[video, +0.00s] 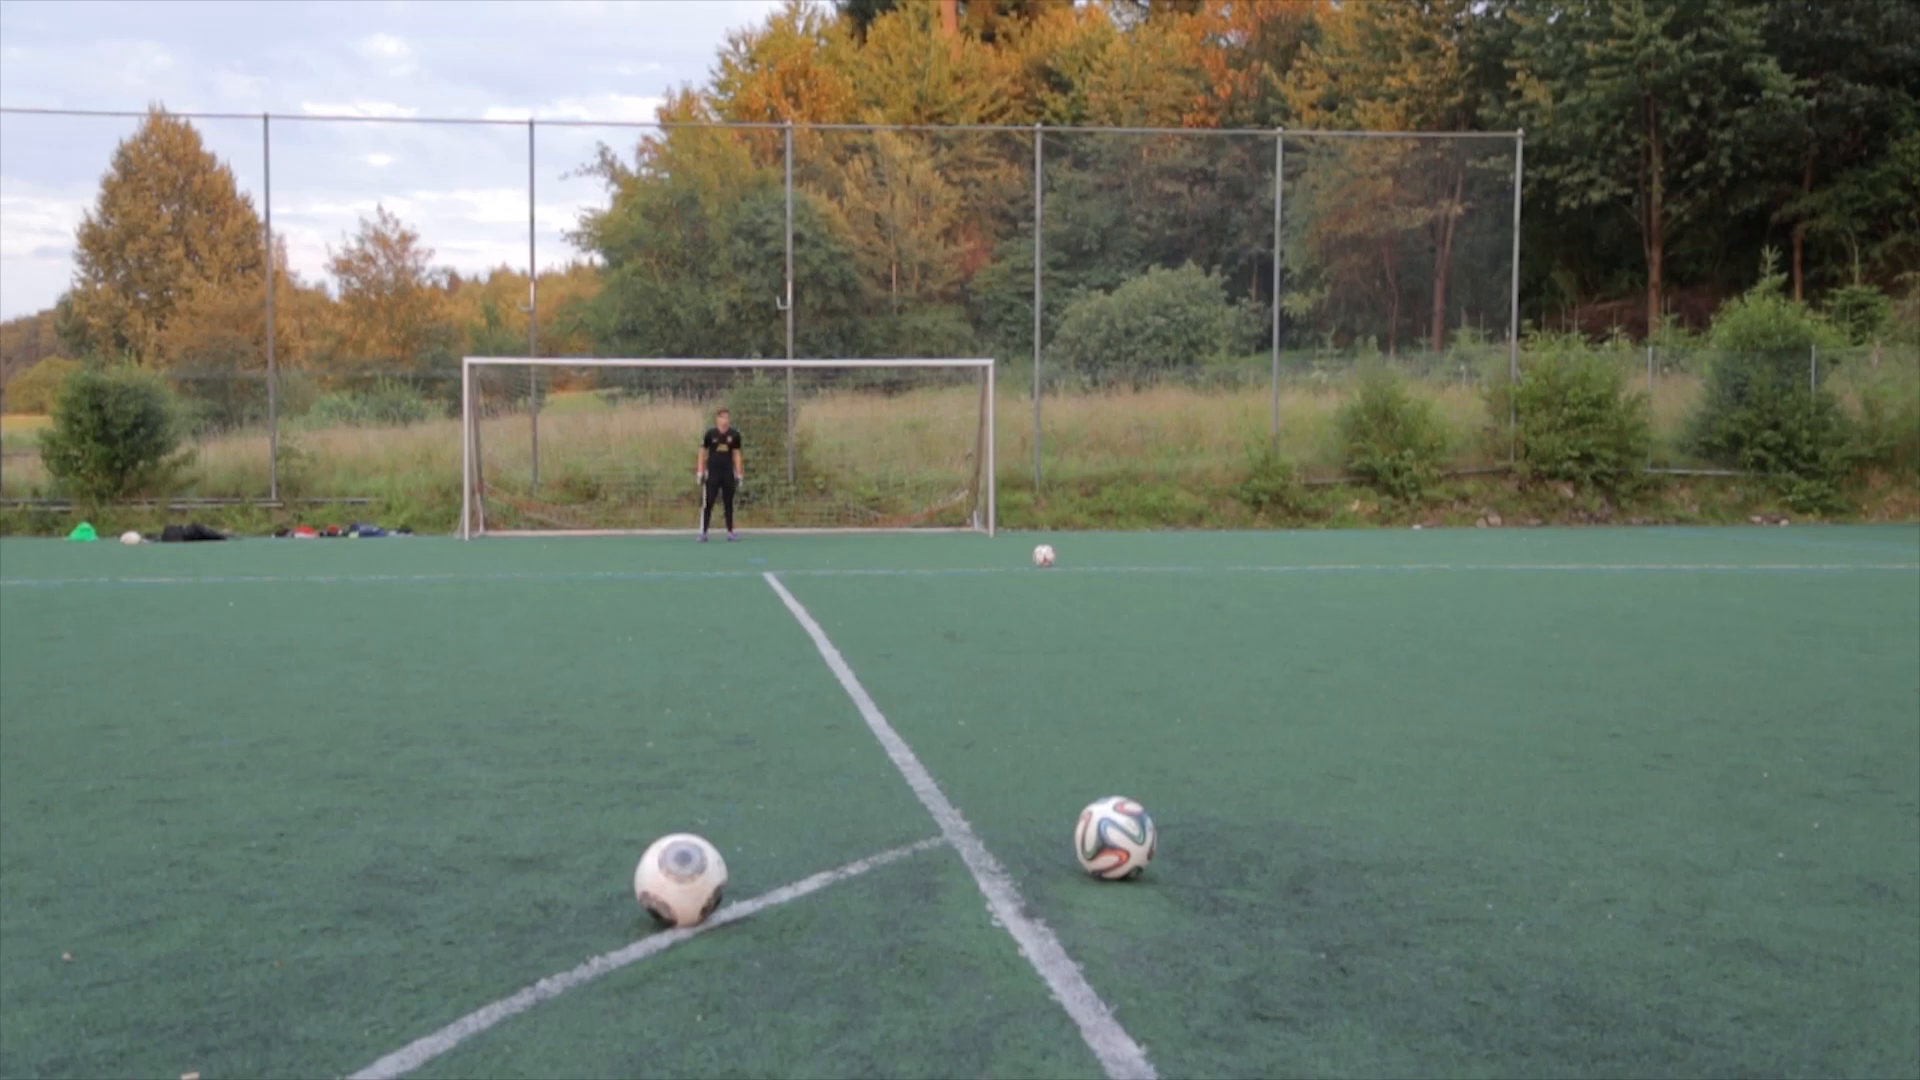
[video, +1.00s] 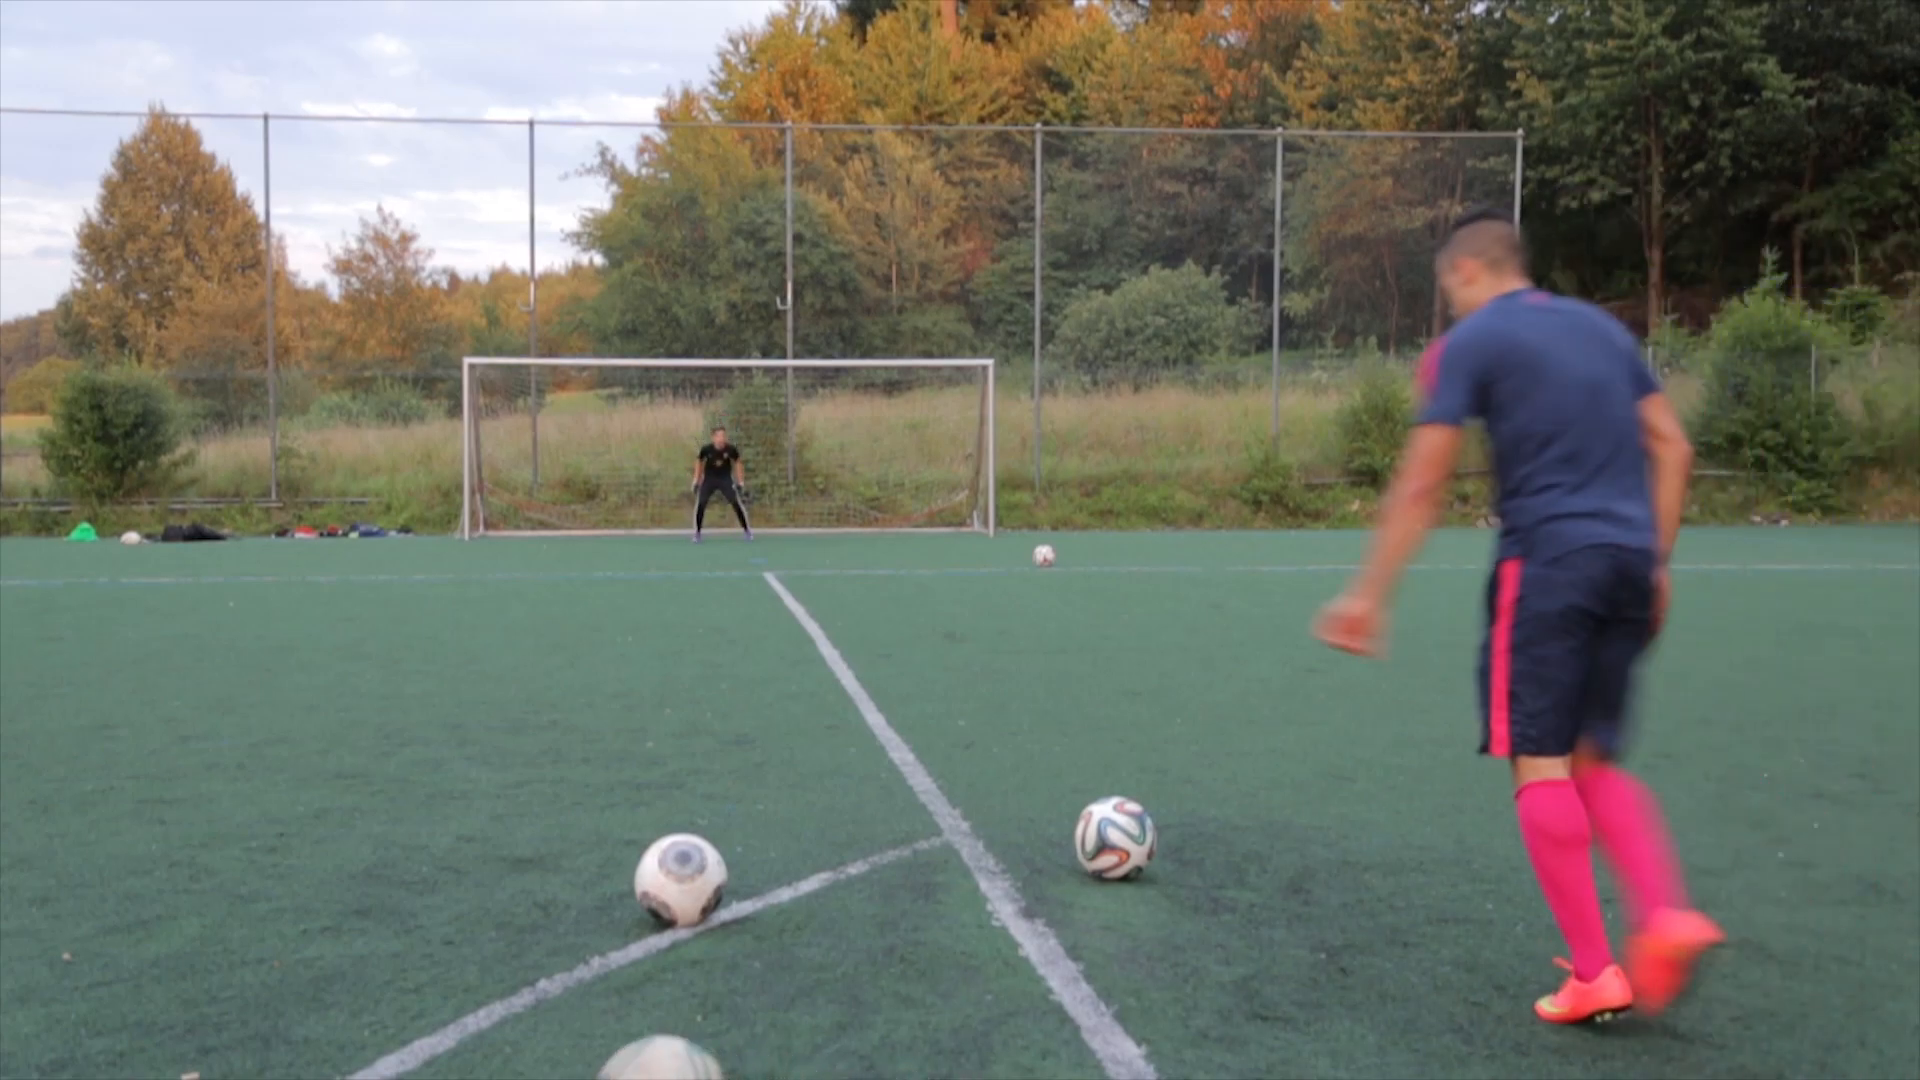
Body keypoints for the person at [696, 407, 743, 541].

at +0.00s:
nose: (724, 421)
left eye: (726, 418)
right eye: (722, 418)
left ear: (729, 420)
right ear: (717, 419)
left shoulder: (734, 435)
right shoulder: (710, 434)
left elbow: (737, 454)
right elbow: (703, 452)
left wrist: (739, 472)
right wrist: (700, 470)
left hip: (728, 474)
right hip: (712, 473)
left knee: (728, 503)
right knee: (708, 504)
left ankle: (730, 530)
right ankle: (704, 531)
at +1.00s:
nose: (720, 439)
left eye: (722, 436)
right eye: (717, 436)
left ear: (725, 438)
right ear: (713, 437)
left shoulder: (731, 450)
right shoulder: (706, 450)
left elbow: (738, 464)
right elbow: (699, 464)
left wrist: (740, 481)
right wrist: (696, 480)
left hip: (725, 481)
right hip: (709, 481)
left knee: (736, 504)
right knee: (701, 505)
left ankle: (746, 530)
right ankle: (698, 532)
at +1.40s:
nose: (743, 438)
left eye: (745, 435)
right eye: (741, 436)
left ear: (748, 435)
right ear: (736, 435)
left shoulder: (756, 445)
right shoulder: (731, 447)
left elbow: (761, 457)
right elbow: (721, 459)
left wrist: (766, 469)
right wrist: (718, 477)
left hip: (753, 476)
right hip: (737, 476)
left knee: (760, 500)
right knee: (726, 500)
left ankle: (755, 529)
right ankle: (721, 527)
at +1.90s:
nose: (732, 455)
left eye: (734, 452)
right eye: (730, 453)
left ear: (739, 451)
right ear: (727, 453)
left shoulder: (749, 461)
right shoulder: (727, 465)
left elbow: (761, 476)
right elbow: (725, 482)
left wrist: (768, 492)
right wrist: (722, 498)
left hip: (753, 491)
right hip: (738, 491)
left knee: (766, 513)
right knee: (726, 507)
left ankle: (788, 531)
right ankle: (736, 534)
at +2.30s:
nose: (693, 430)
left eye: (695, 427)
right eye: (693, 427)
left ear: (701, 428)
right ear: (700, 428)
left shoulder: (709, 442)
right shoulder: (704, 444)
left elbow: (720, 461)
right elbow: (709, 463)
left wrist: (719, 481)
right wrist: (705, 477)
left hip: (717, 477)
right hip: (714, 477)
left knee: (697, 499)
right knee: (712, 508)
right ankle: (733, 530)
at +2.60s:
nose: (680, 422)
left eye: (681, 419)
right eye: (680, 419)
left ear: (685, 420)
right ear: (690, 420)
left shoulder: (688, 437)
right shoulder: (695, 436)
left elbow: (685, 457)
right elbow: (693, 457)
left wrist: (677, 475)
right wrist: (683, 473)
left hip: (692, 471)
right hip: (698, 470)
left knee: (677, 501)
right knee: (685, 503)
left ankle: (679, 533)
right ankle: (708, 525)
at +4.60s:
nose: (675, 419)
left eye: (677, 416)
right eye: (673, 416)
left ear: (681, 417)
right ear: (670, 417)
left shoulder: (684, 434)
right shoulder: (675, 434)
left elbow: (680, 456)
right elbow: (675, 456)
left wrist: (673, 472)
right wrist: (669, 470)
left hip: (680, 473)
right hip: (675, 473)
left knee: (670, 500)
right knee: (669, 500)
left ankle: (679, 528)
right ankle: (679, 528)